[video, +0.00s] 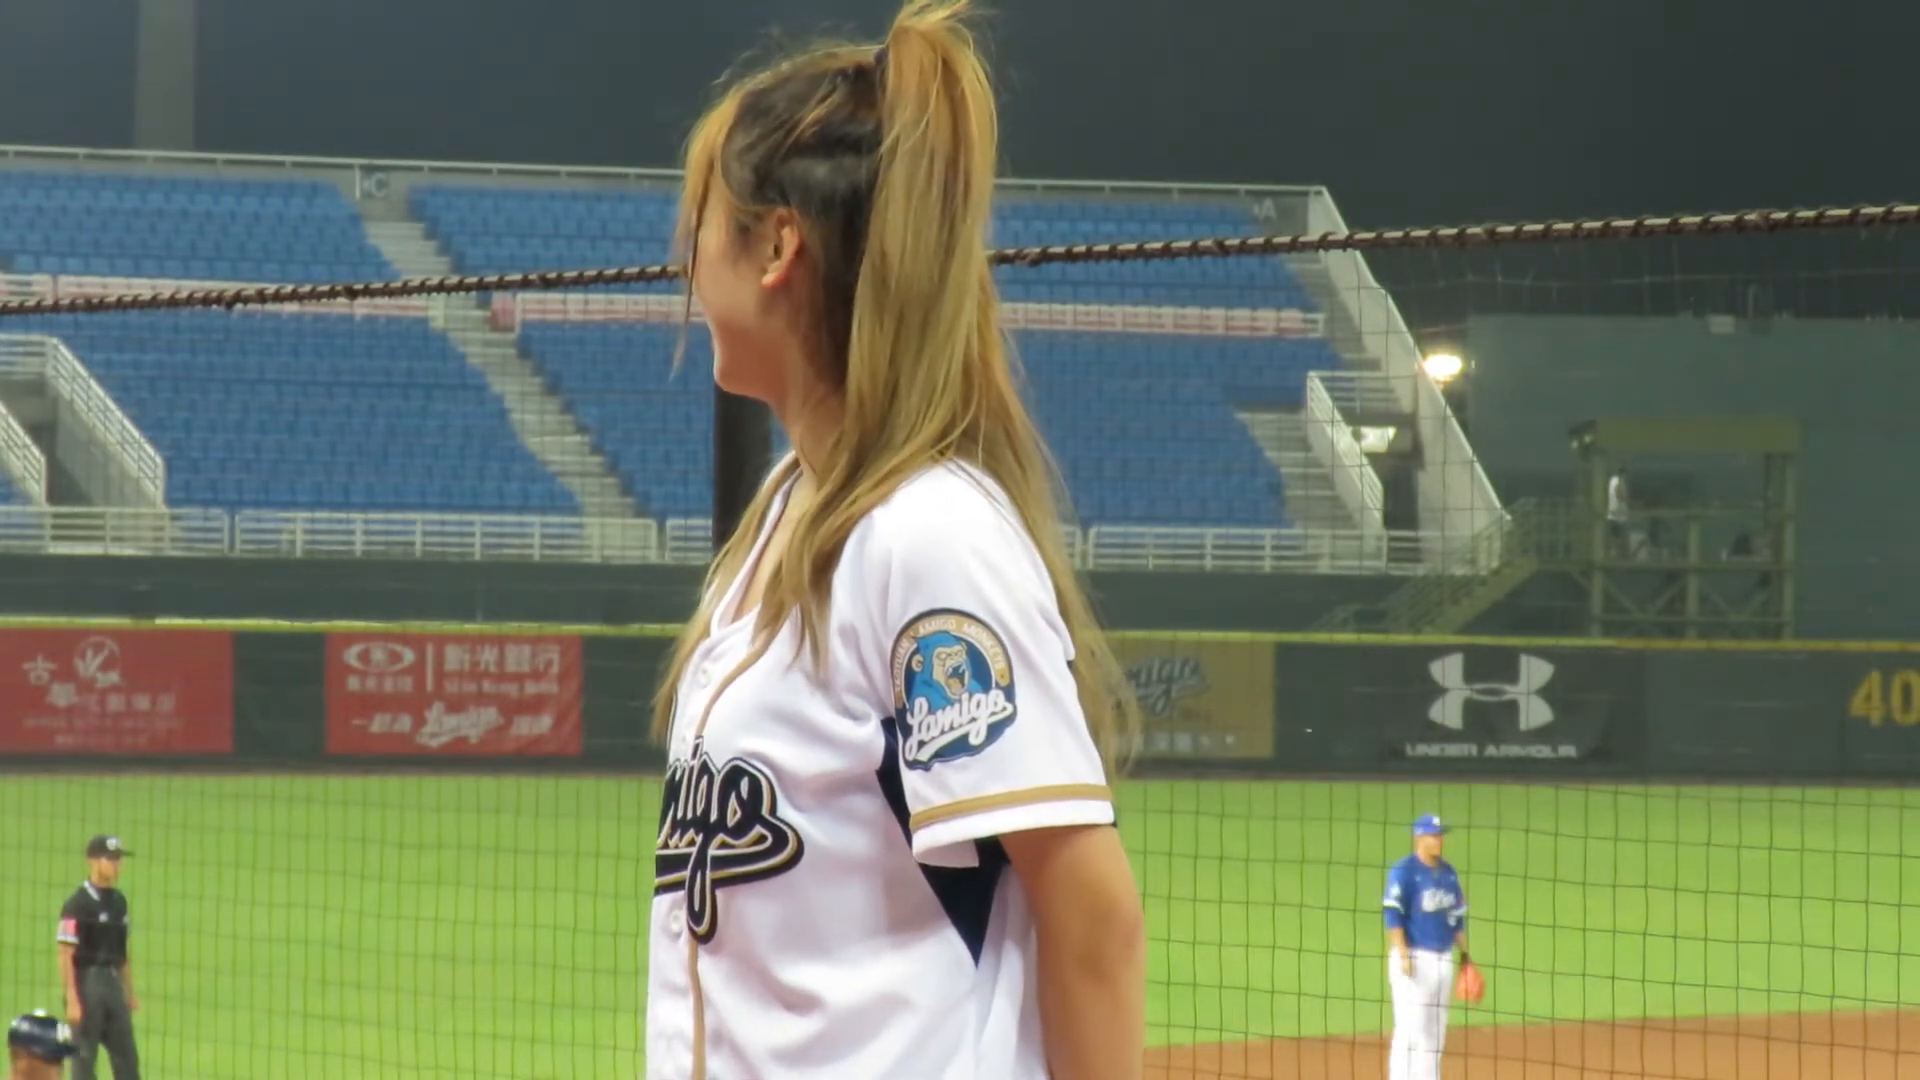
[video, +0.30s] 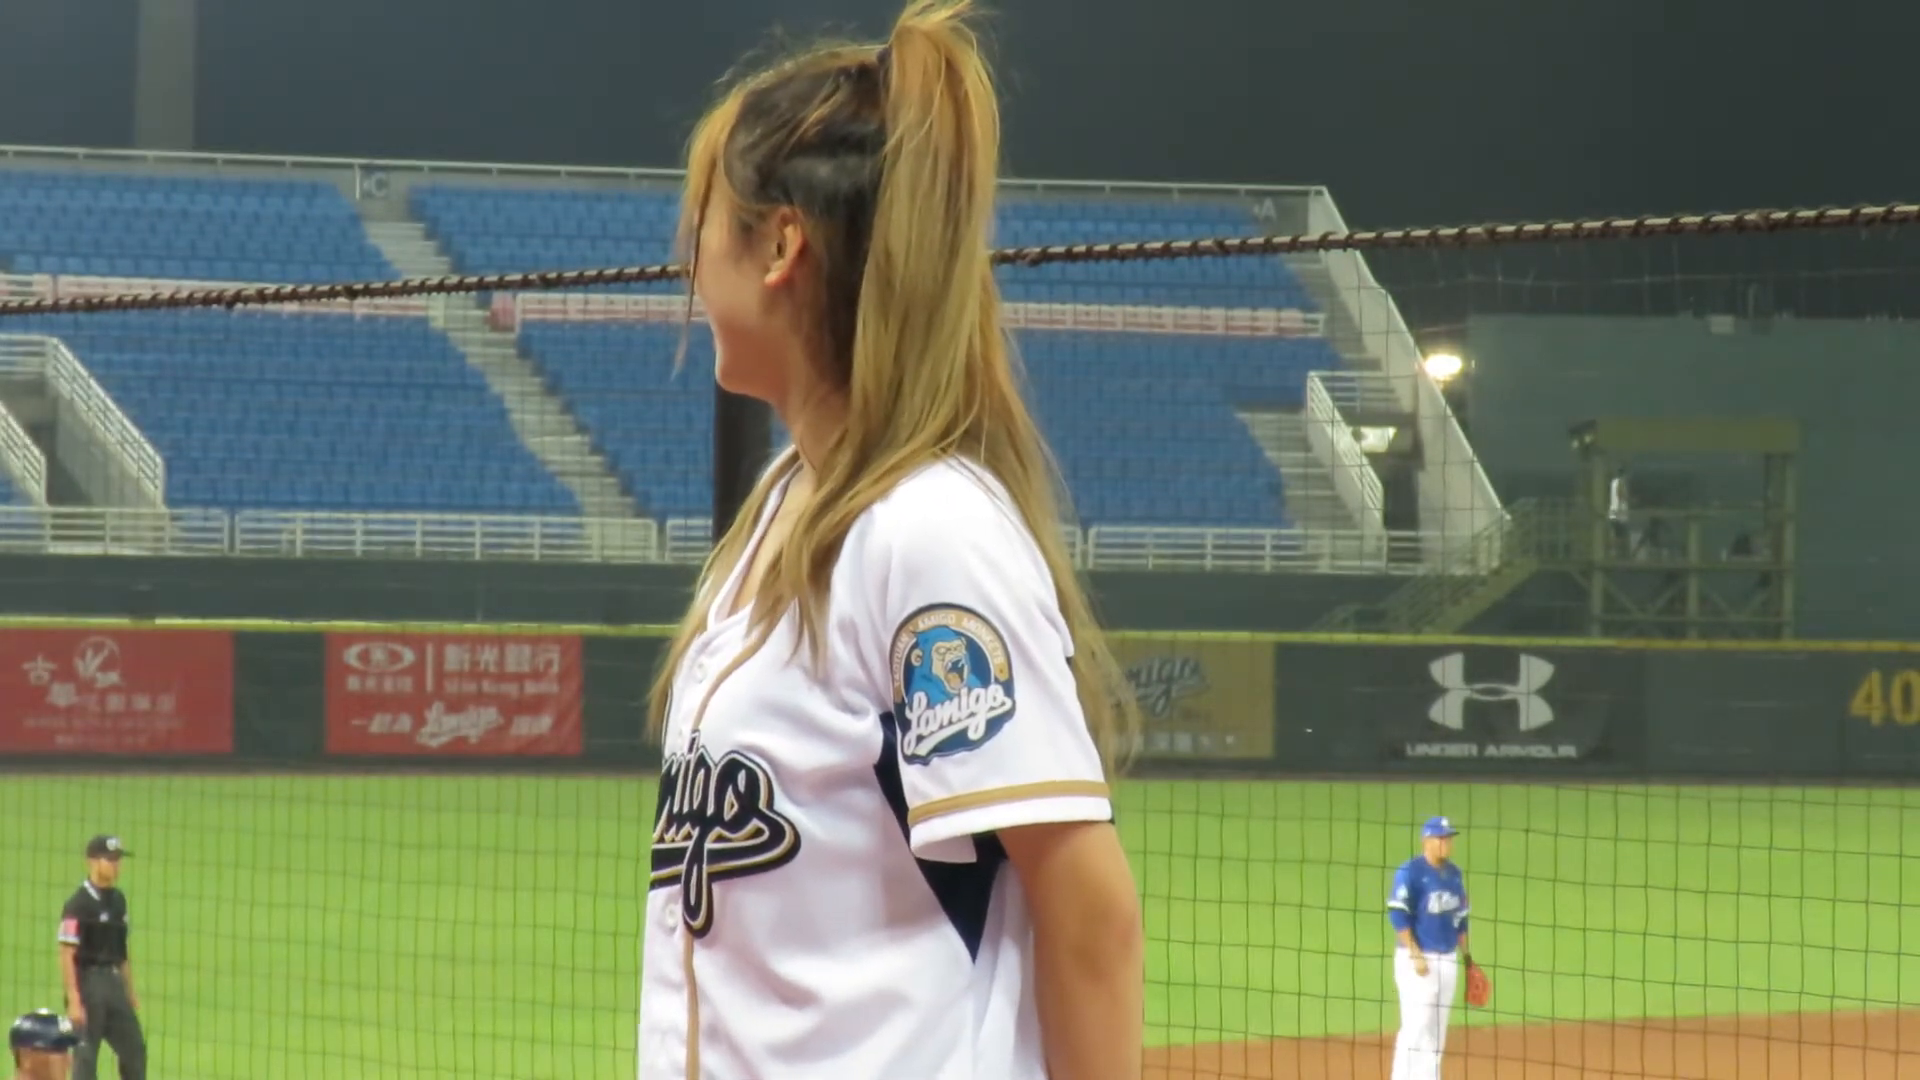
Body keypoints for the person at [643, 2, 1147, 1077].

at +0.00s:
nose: (688, 265)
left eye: (703, 224)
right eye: (697, 224)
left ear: (779, 249)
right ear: (778, 250)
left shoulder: (934, 533)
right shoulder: (783, 511)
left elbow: (1095, 913)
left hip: (888, 1056)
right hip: (725, 1050)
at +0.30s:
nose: (693, 268)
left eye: (705, 227)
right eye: (700, 226)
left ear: (783, 250)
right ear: (777, 250)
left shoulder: (933, 528)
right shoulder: (782, 504)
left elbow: (1092, 909)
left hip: (880, 1056)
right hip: (716, 1051)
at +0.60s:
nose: (691, 265)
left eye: (704, 226)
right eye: (699, 226)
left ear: (782, 249)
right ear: (775, 249)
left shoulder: (936, 531)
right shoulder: (781, 503)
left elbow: (1093, 911)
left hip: (879, 1061)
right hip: (714, 1054)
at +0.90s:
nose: (688, 263)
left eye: (702, 225)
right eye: (696, 224)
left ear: (779, 250)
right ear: (777, 251)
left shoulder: (937, 532)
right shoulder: (783, 504)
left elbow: (1096, 912)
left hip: (884, 1056)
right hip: (718, 1051)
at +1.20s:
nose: (689, 263)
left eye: (704, 224)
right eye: (698, 224)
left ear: (780, 251)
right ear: (779, 252)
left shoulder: (936, 535)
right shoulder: (787, 506)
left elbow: (1096, 916)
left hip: (887, 1056)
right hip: (726, 1050)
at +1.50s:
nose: (691, 260)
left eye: (705, 223)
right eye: (699, 222)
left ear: (783, 252)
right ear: (778, 252)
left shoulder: (936, 533)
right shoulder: (785, 502)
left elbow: (1096, 912)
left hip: (887, 1056)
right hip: (724, 1050)